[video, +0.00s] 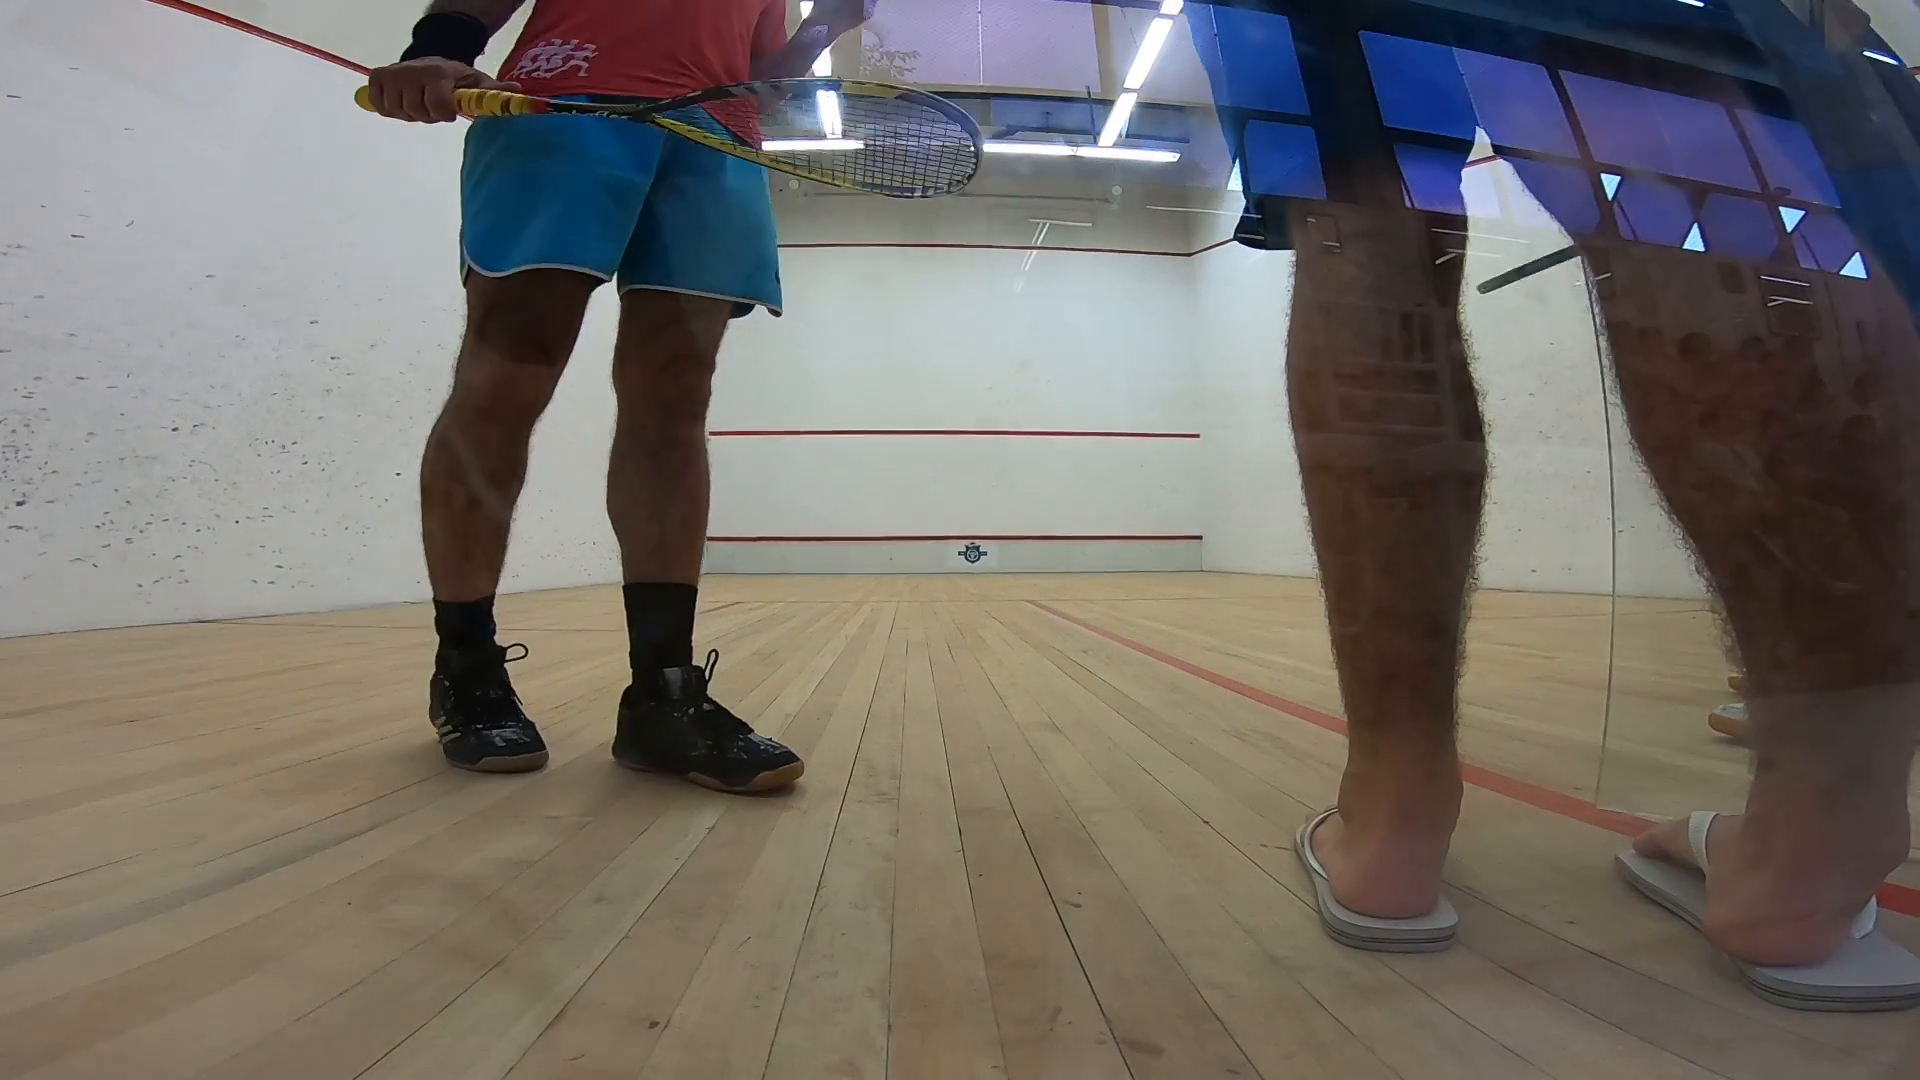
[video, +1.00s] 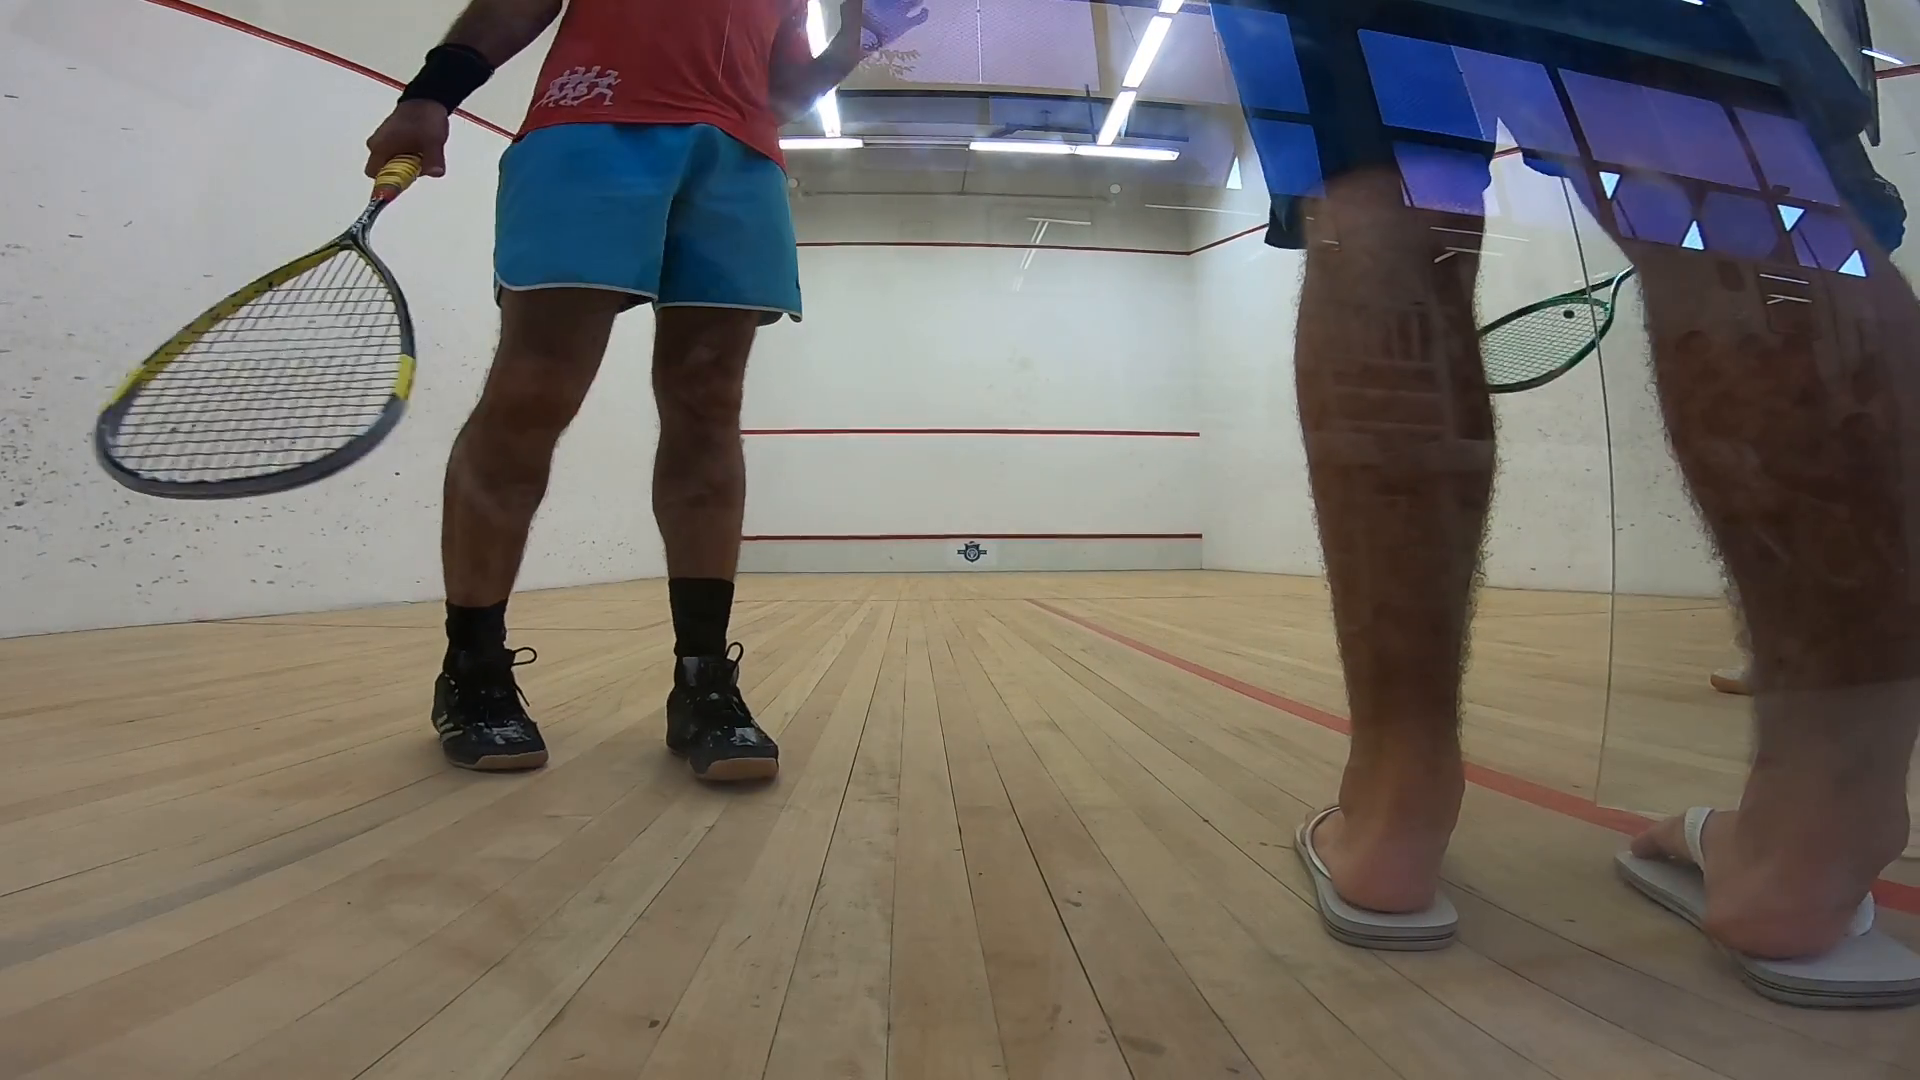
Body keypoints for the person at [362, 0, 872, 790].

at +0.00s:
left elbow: (767, 70)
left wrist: (828, 24)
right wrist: (438, 47)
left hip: (720, 107)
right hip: (566, 80)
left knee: (675, 389)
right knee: (508, 378)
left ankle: (664, 696)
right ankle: (467, 676)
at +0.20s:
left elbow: (729, 76)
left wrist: (793, 71)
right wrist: (410, 32)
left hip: (678, 128)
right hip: (530, 107)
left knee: (653, 398)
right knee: (481, 395)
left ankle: (662, 695)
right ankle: (472, 683)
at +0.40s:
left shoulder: (710, 3)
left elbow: (689, 85)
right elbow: (404, 7)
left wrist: (745, 86)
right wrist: (385, 45)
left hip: (646, 137)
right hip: (500, 113)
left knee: (642, 385)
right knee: (461, 393)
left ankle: (660, 686)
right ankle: (467, 682)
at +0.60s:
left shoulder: (714, 4)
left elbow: (695, 88)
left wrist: (748, 85)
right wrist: (387, 67)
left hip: (652, 144)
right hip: (499, 125)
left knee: (665, 365)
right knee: (462, 394)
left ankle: (684, 680)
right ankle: (468, 679)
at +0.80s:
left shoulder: (744, 4)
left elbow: (729, 95)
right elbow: (489, 1)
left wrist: (800, 63)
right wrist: (414, 84)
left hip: (690, 133)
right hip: (541, 109)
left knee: (681, 397)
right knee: (494, 398)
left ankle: (701, 687)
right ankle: (472, 680)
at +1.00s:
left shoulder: (775, 5)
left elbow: (779, 91)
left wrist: (846, 46)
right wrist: (432, 90)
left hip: (736, 131)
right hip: (592, 110)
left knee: (708, 396)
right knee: (534, 392)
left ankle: (705, 684)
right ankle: (474, 675)